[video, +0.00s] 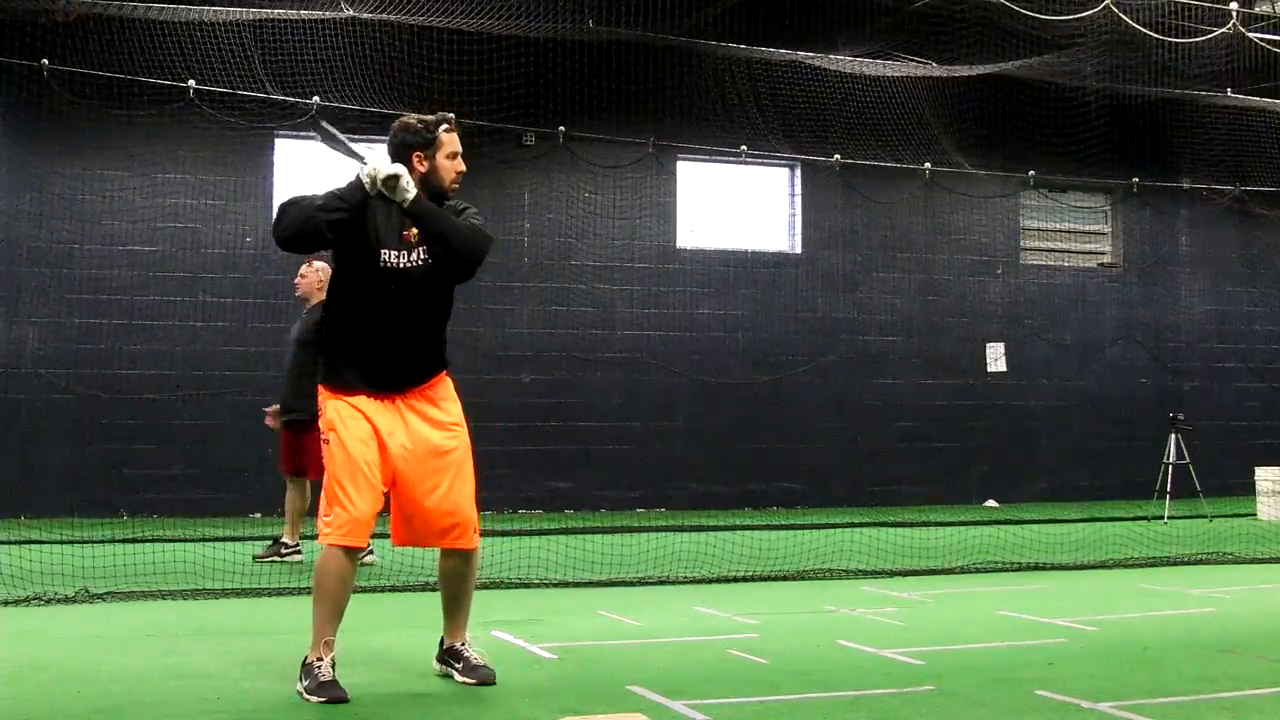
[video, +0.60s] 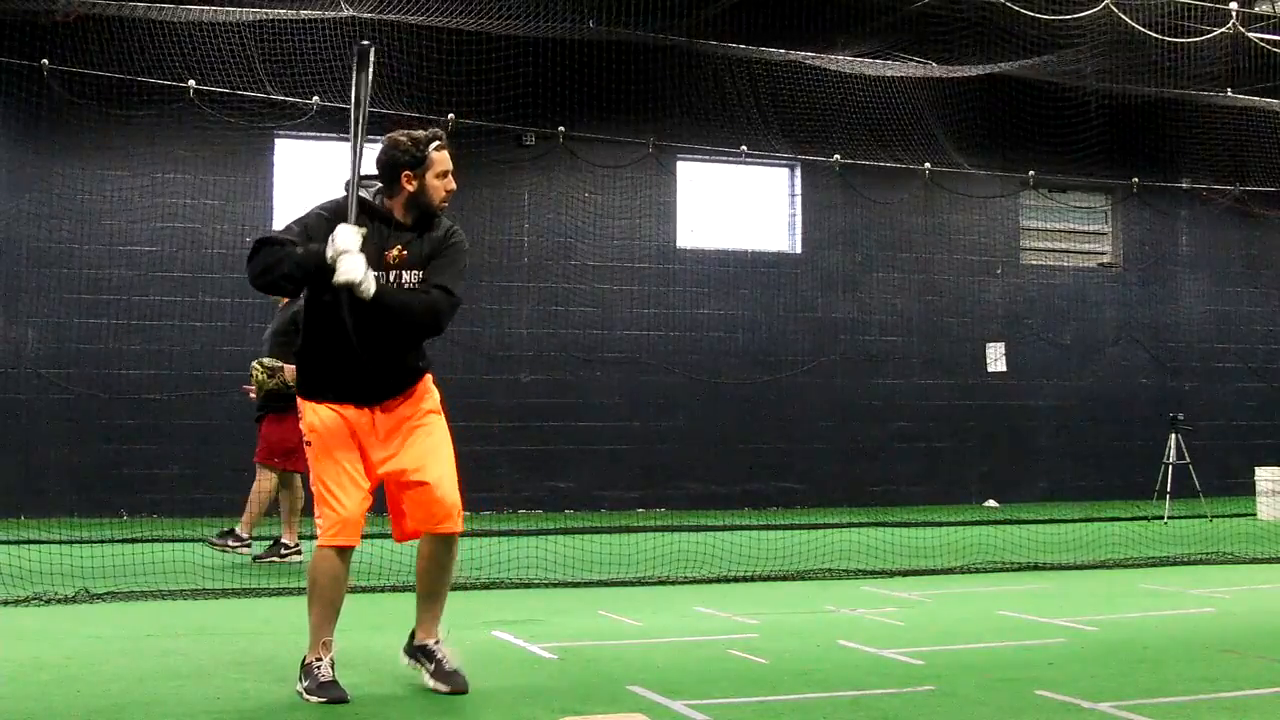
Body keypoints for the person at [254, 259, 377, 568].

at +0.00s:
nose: (297, 280)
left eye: (304, 275)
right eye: (298, 275)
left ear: (321, 281)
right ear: (311, 283)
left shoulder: (329, 314)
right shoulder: (306, 318)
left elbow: (335, 368)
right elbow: (301, 372)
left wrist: (336, 407)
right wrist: (284, 408)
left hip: (325, 410)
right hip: (295, 412)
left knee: (341, 478)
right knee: (296, 478)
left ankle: (360, 542)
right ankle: (290, 542)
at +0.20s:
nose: (280, 279)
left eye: (287, 274)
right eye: (282, 273)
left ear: (305, 280)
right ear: (296, 281)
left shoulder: (314, 311)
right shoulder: (291, 314)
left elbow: (328, 356)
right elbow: (294, 366)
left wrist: (322, 394)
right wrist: (270, 387)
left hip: (303, 407)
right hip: (284, 406)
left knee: (299, 475)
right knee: (294, 476)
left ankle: (348, 523)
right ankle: (289, 543)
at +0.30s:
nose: (275, 279)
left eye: (282, 274)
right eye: (276, 274)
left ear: (301, 279)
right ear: (293, 281)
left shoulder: (310, 312)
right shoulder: (288, 313)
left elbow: (326, 363)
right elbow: (292, 365)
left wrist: (302, 381)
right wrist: (267, 383)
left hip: (301, 403)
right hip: (285, 402)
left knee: (280, 466)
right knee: (290, 470)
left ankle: (322, 526)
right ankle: (288, 541)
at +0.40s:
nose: (272, 281)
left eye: (279, 276)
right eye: (273, 275)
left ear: (297, 282)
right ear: (292, 283)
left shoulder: (305, 313)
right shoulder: (285, 314)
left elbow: (313, 369)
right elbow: (287, 364)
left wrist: (274, 382)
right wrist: (264, 387)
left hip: (292, 407)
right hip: (281, 406)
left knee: (271, 464)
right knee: (287, 469)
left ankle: (295, 534)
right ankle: (290, 535)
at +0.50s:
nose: (271, 289)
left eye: (276, 282)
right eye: (272, 283)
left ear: (292, 284)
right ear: (289, 285)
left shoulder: (302, 312)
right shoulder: (286, 314)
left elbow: (309, 368)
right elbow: (282, 362)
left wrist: (273, 375)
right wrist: (260, 388)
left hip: (286, 408)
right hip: (281, 406)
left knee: (268, 468)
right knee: (289, 473)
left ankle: (266, 537)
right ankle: (290, 541)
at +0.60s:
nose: (270, 288)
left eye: (274, 281)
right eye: (269, 281)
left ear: (286, 286)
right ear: (285, 286)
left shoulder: (300, 312)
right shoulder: (284, 311)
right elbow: (286, 366)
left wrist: (294, 373)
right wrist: (263, 387)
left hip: (288, 405)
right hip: (277, 404)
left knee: (266, 468)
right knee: (288, 473)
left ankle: (242, 533)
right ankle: (289, 541)